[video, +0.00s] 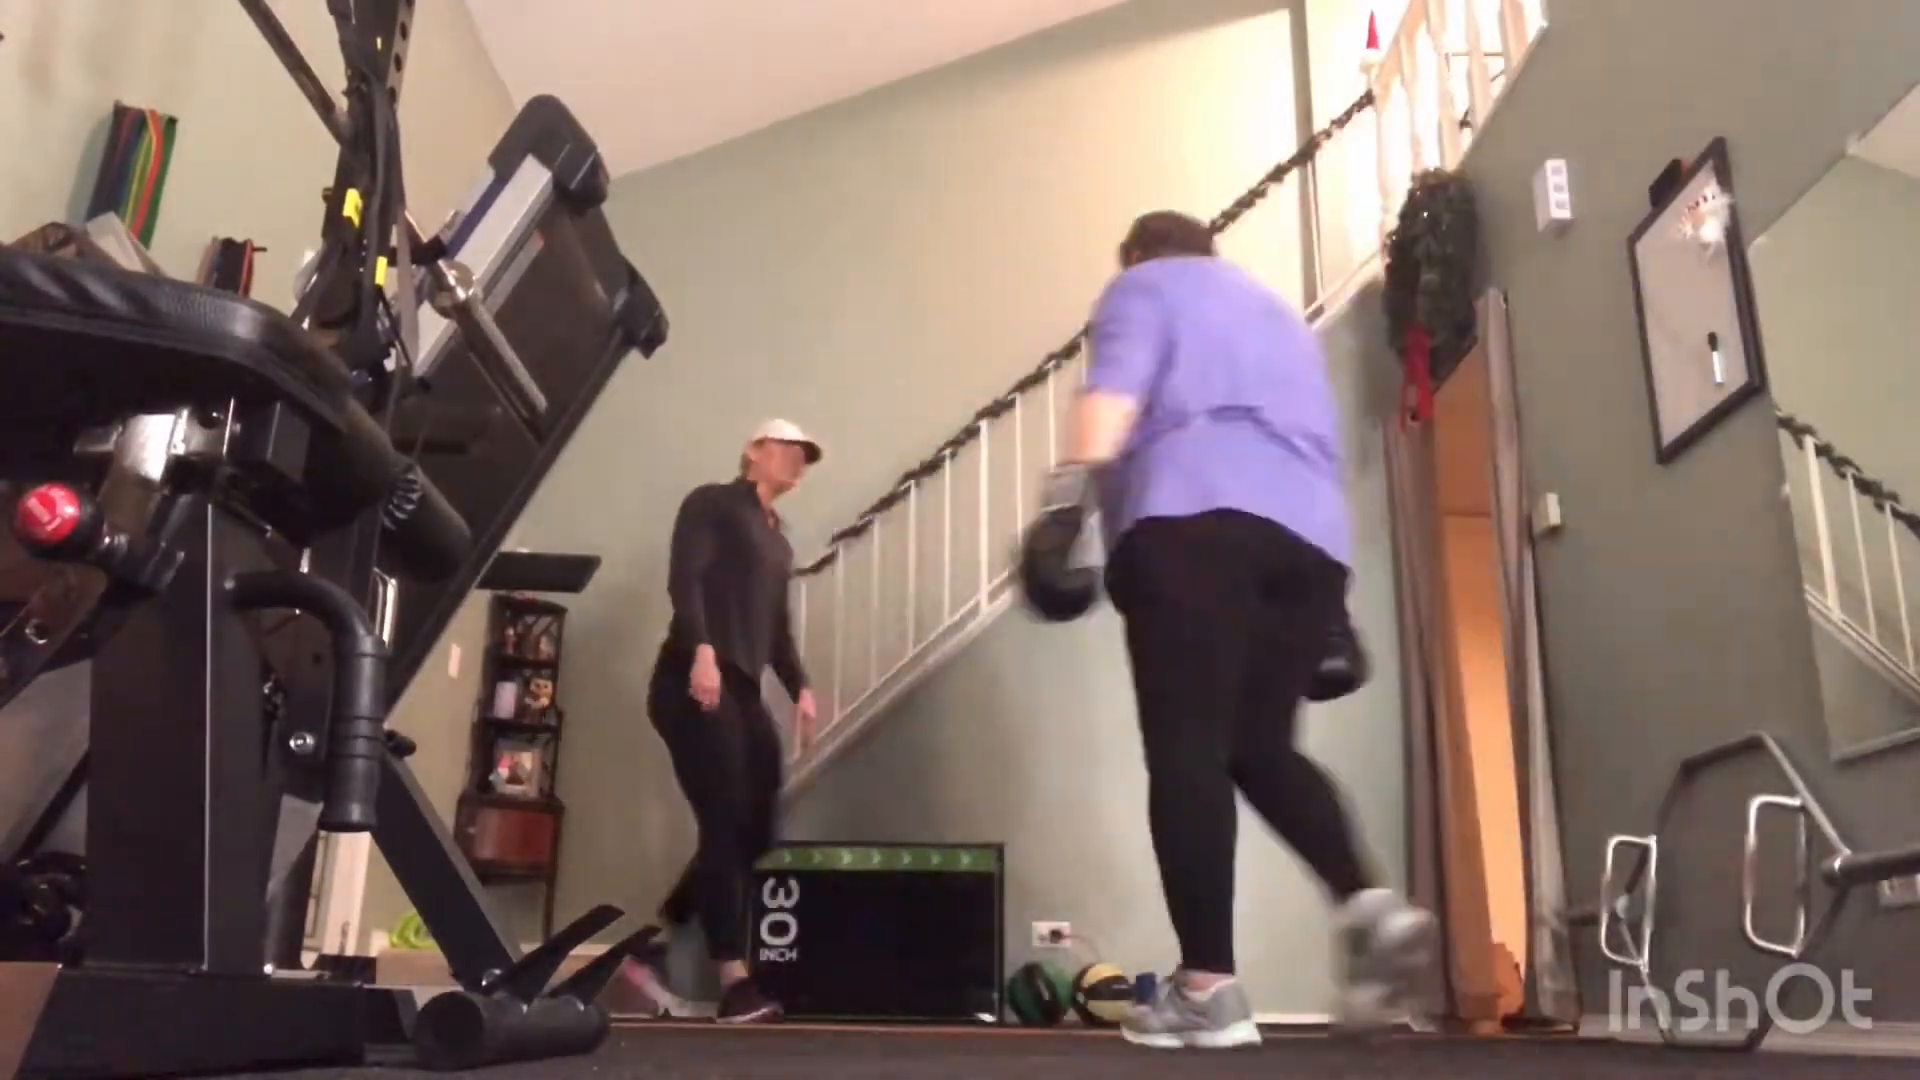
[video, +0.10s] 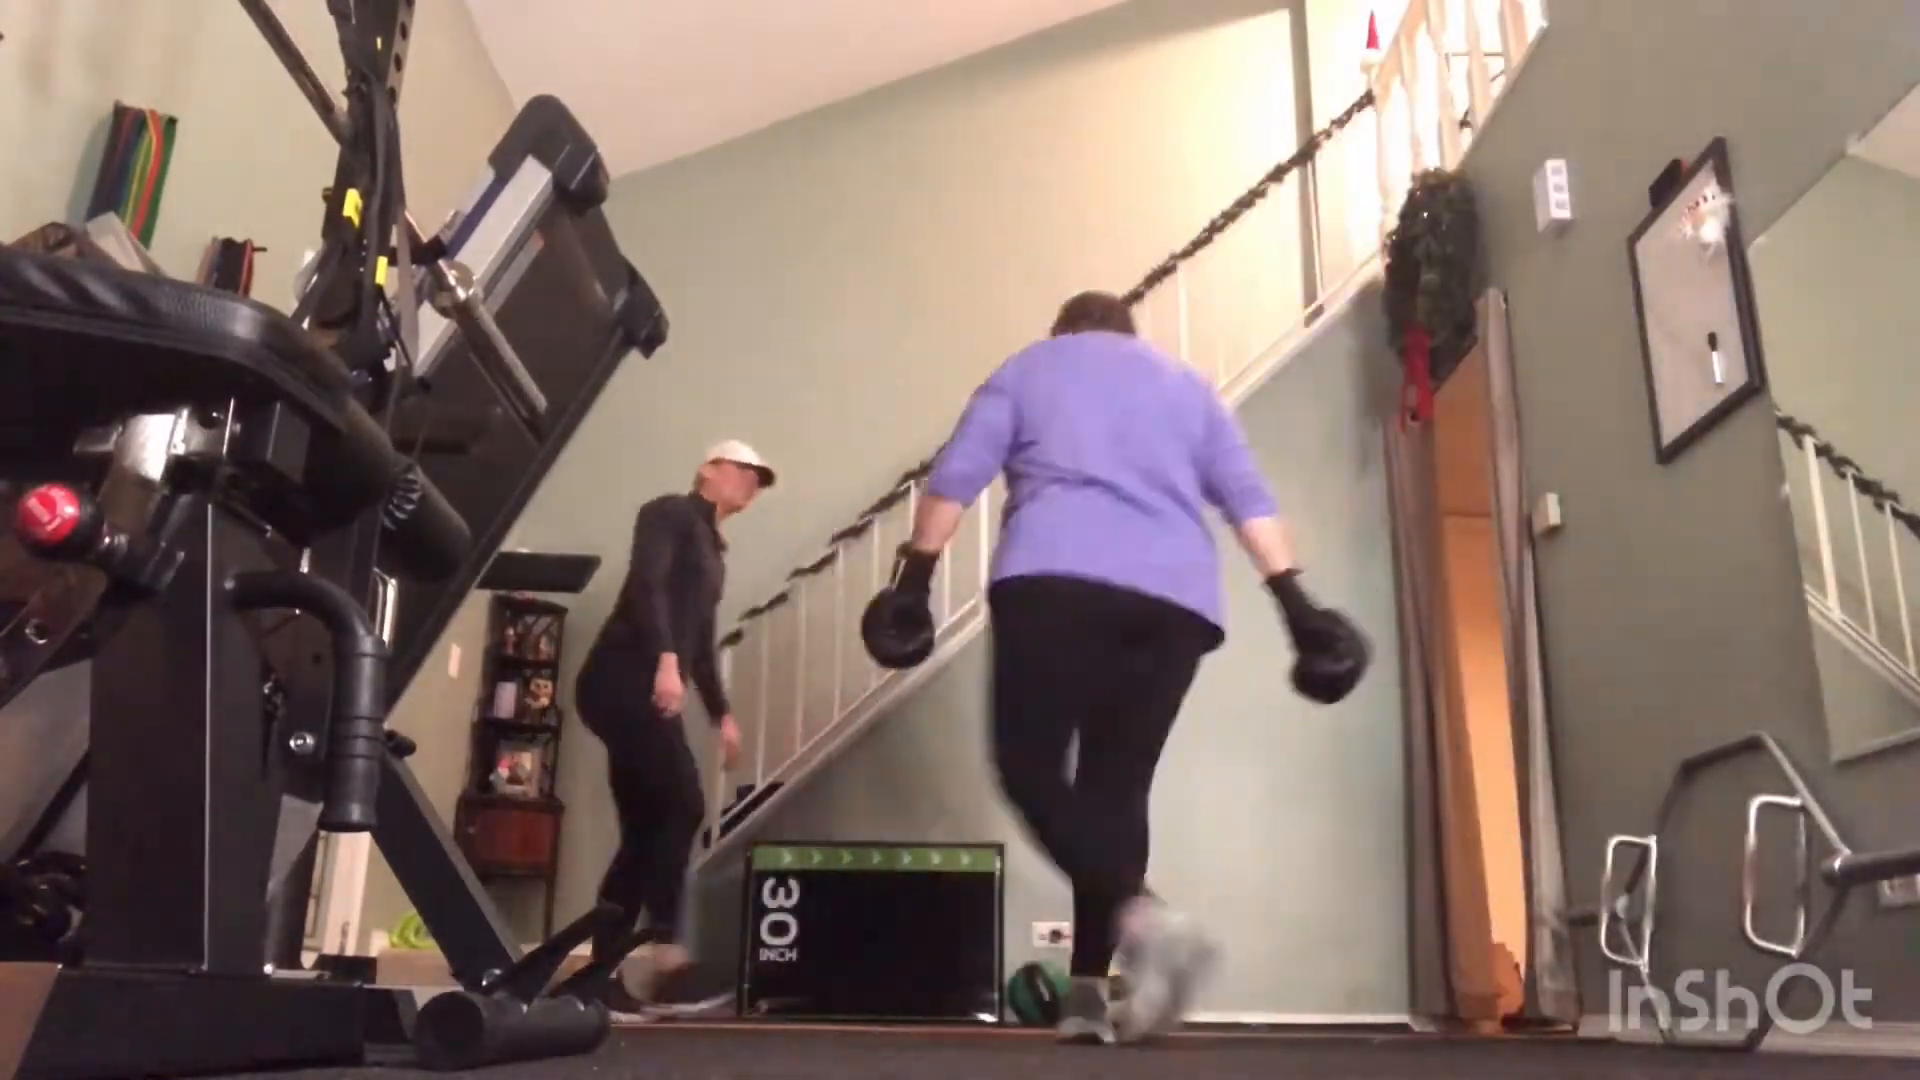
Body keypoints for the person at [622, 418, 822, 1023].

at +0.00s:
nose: (800, 464)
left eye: (803, 456)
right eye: (790, 451)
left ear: (795, 467)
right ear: (755, 452)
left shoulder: (777, 544)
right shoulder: (710, 502)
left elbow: (776, 625)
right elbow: (686, 578)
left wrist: (800, 687)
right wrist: (702, 649)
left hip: (742, 690)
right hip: (694, 678)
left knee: (753, 821)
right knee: (726, 818)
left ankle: (648, 946)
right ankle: (734, 978)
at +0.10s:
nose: (753, 486)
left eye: (757, 479)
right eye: (745, 472)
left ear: (744, 489)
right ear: (710, 471)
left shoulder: (712, 548)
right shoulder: (670, 511)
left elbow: (700, 636)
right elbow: (648, 585)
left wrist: (721, 711)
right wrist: (666, 657)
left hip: (648, 686)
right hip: (622, 675)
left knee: (648, 827)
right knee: (682, 801)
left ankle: (601, 966)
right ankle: (665, 943)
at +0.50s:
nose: (804, 633)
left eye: (810, 627)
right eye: (807, 620)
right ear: (798, 599)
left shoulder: (757, 664)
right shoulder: (749, 580)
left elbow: (743, 750)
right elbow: (673, 592)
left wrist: (789, 805)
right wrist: (661, 653)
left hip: (643, 711)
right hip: (596, 686)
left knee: (654, 835)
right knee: (560, 819)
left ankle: (638, 982)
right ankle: (529, 958)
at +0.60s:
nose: (816, 627)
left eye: (823, 621)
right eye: (820, 613)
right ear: (807, 593)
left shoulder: (761, 663)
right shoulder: (755, 581)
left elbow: (746, 752)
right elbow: (679, 593)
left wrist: (794, 806)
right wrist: (674, 653)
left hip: (646, 711)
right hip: (600, 687)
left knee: (657, 835)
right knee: (566, 817)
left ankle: (638, 983)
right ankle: (529, 957)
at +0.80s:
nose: (828, 617)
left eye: (836, 608)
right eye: (830, 600)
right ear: (808, 586)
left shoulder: (767, 664)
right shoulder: (754, 581)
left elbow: (762, 755)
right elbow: (677, 592)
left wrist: (811, 806)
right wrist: (675, 654)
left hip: (648, 712)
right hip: (602, 686)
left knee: (663, 835)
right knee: (568, 817)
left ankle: (639, 984)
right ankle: (528, 959)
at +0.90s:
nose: (825, 597)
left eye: (832, 592)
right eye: (822, 581)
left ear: (823, 604)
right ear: (800, 576)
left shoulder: (765, 658)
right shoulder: (748, 575)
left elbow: (755, 747)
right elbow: (673, 592)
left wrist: (803, 796)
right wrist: (676, 653)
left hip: (650, 712)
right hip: (603, 688)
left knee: (665, 834)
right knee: (571, 818)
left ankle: (639, 982)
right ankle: (527, 955)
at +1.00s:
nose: (788, 547)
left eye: (798, 545)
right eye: (784, 532)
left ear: (795, 559)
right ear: (756, 528)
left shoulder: (747, 624)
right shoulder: (708, 548)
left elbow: (721, 701)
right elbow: (639, 586)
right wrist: (652, 646)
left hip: (652, 712)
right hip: (605, 686)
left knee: (665, 834)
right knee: (584, 820)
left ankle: (640, 980)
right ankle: (516, 944)